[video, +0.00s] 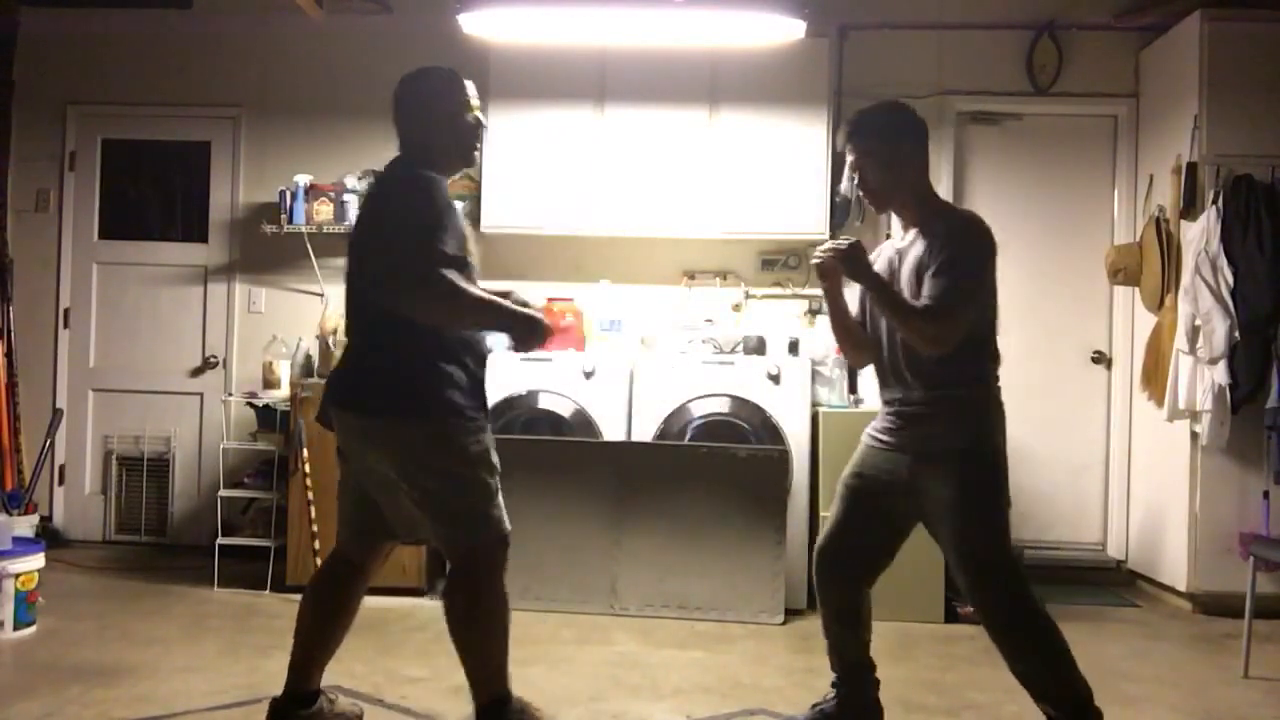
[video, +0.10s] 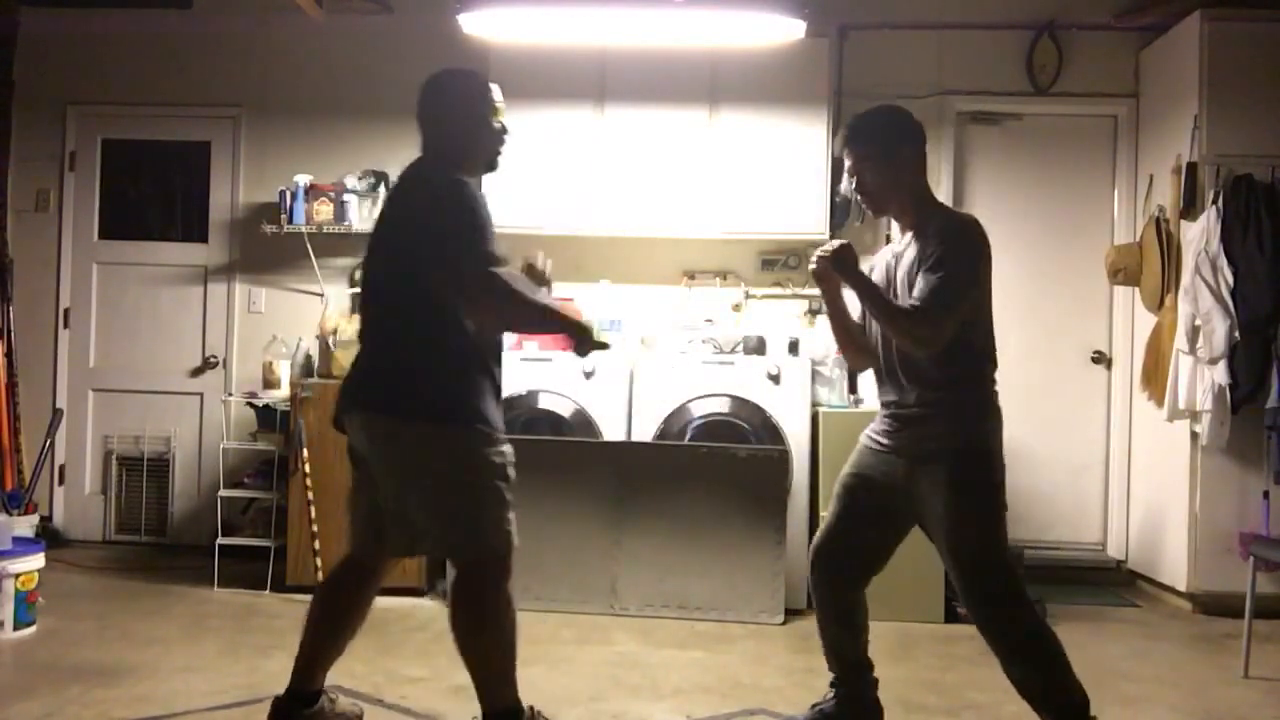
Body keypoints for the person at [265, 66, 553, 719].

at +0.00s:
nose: (482, 126)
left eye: (479, 113)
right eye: (469, 113)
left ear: (419, 126)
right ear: (425, 120)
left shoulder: (388, 191)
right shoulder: (418, 189)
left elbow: (423, 287)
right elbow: (418, 287)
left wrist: (507, 308)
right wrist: (515, 318)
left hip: (368, 402)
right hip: (426, 406)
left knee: (356, 550)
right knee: (480, 545)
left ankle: (298, 695)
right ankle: (496, 705)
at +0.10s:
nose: (505, 134)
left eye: (502, 120)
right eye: (494, 120)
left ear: (442, 126)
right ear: (455, 123)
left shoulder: (410, 190)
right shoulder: (451, 191)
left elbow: (439, 296)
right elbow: (482, 297)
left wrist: (515, 286)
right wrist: (573, 329)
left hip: (379, 404)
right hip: (443, 411)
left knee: (368, 556)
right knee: (485, 560)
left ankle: (299, 697)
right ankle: (503, 712)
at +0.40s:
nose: (543, 122)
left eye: (539, 109)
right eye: (530, 109)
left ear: (475, 121)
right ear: (493, 118)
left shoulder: (451, 187)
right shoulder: (497, 192)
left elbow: (537, 263)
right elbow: (549, 287)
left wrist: (574, 200)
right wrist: (622, 335)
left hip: (408, 400)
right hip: (477, 403)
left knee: (418, 551)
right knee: (547, 543)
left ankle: (367, 700)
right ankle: (527, 703)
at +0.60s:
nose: (589, 120)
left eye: (584, 108)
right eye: (576, 108)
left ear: (524, 122)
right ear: (543, 118)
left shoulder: (497, 188)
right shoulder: (536, 182)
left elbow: (553, 290)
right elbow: (553, 260)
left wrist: (625, 267)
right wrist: (647, 241)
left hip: (450, 402)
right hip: (520, 406)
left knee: (431, 555)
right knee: (571, 559)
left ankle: (368, 700)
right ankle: (587, 710)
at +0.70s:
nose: (612, 118)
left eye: (607, 105)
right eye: (600, 105)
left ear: (542, 118)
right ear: (568, 115)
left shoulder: (515, 188)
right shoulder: (571, 184)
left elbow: (537, 296)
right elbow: (658, 222)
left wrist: (624, 304)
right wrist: (759, 170)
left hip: (467, 398)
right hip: (545, 403)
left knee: (467, 549)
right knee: (585, 558)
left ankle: (378, 685)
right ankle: (590, 713)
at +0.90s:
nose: (629, 119)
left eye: (625, 106)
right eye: (617, 106)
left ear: (556, 114)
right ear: (586, 114)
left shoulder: (529, 178)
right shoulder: (597, 182)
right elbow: (684, 231)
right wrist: (811, 216)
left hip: (479, 396)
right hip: (555, 405)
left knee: (480, 538)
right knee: (597, 554)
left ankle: (397, 665)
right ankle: (593, 712)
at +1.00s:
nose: (619, 120)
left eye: (614, 106)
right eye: (606, 106)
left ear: (551, 115)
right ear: (571, 114)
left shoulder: (521, 180)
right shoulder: (577, 187)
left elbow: (569, 252)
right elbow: (608, 276)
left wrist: (622, 215)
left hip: (475, 396)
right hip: (552, 405)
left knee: (469, 537)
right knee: (599, 553)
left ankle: (381, 669)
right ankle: (594, 711)